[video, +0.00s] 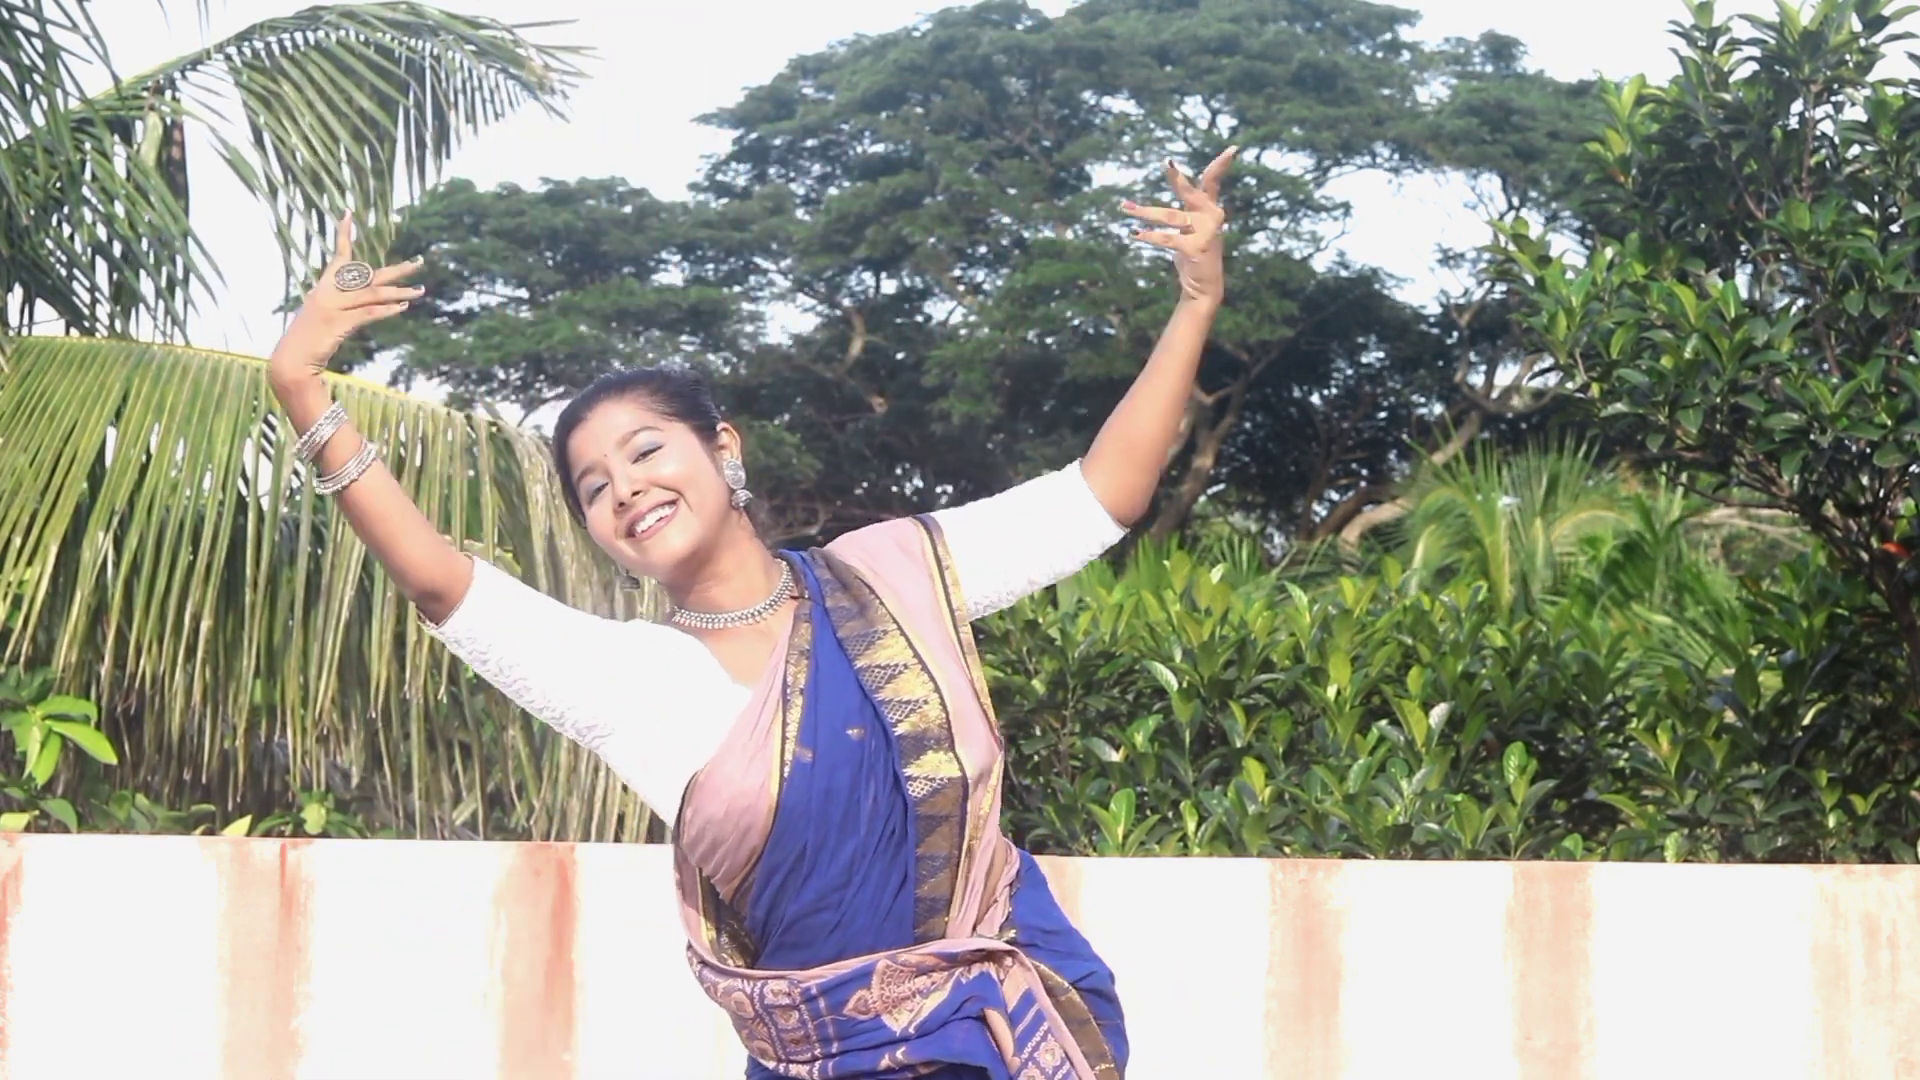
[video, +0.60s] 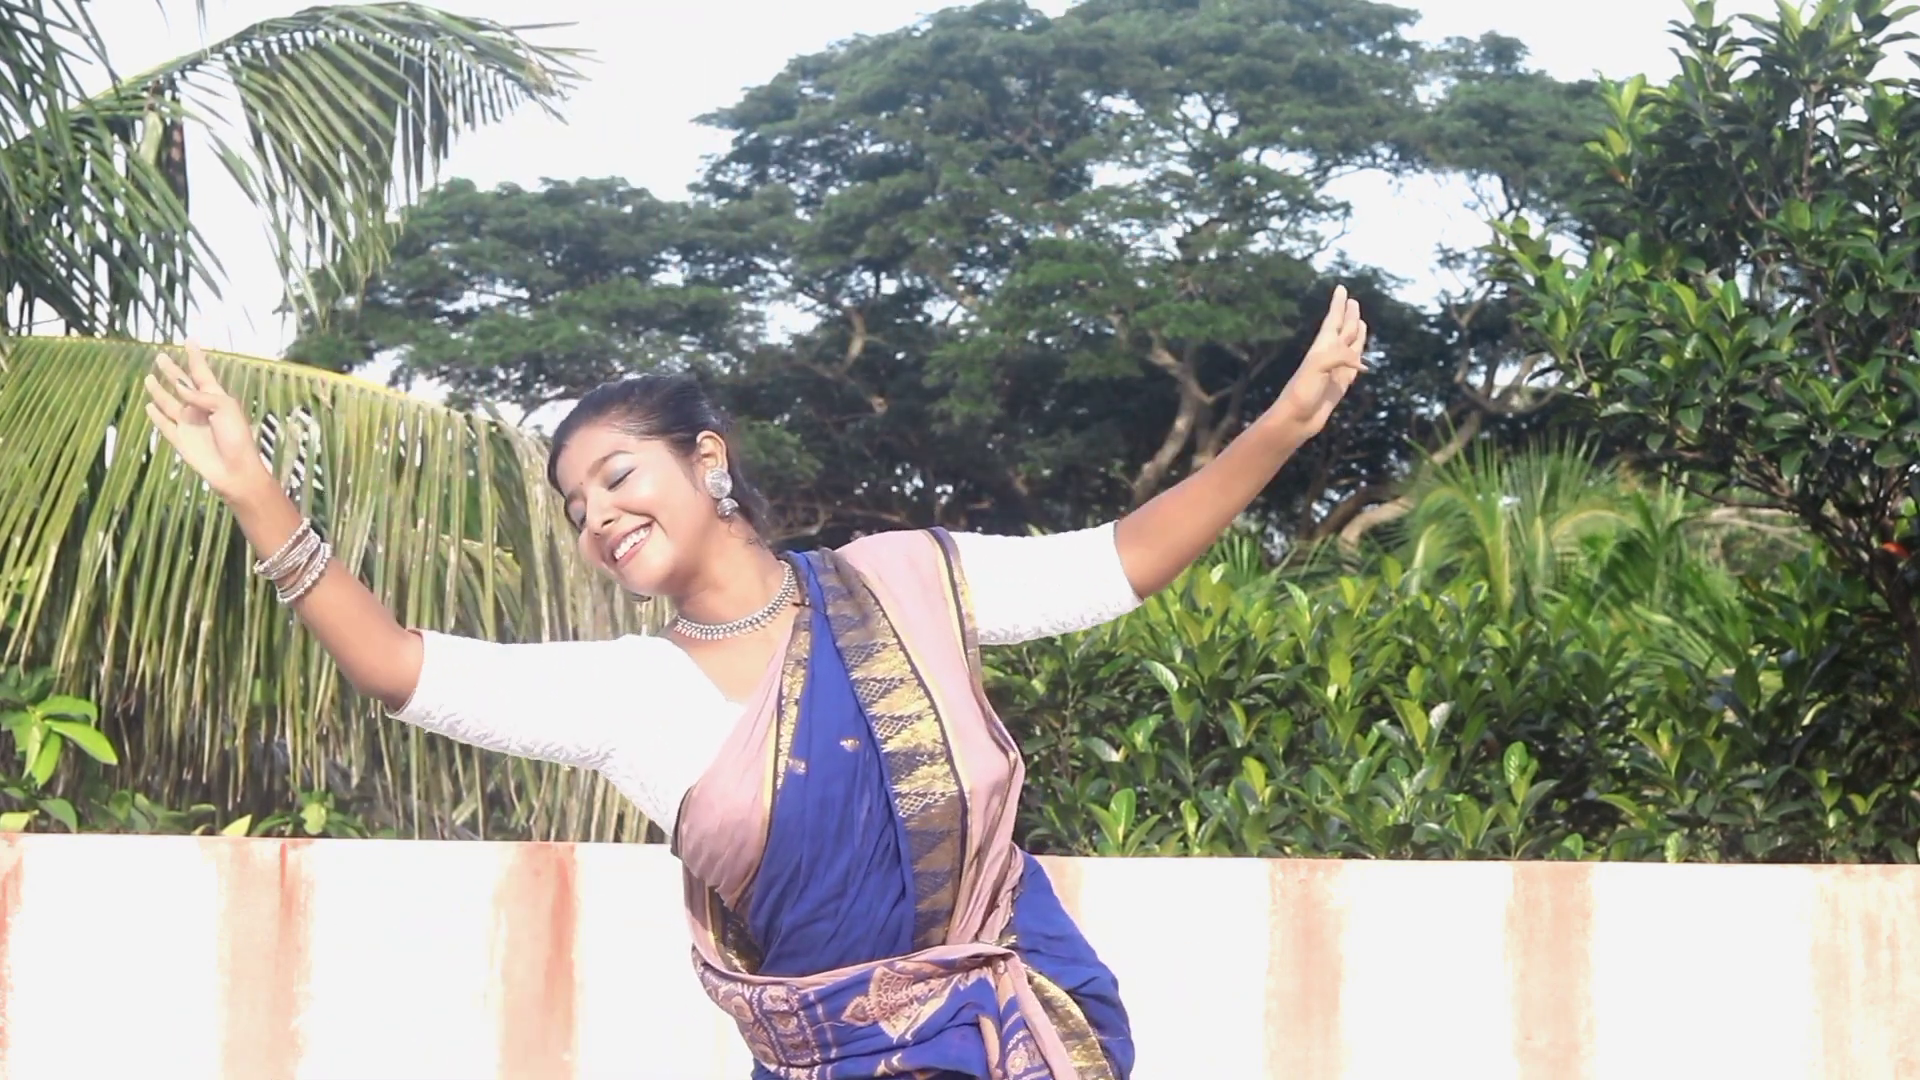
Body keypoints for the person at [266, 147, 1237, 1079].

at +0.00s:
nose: (625, 489)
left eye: (648, 450)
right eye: (595, 489)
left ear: (727, 451)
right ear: (600, 538)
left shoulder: (901, 564)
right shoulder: (635, 681)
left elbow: (1103, 495)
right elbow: (441, 577)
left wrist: (1199, 303)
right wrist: (300, 385)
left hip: (1022, 1015)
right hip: (825, 1053)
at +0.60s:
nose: (606, 515)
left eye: (625, 474)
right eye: (582, 510)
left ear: (715, 460)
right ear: (591, 547)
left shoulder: (903, 574)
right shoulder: (629, 696)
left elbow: (1119, 568)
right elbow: (403, 667)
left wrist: (1285, 427)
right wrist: (260, 499)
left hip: (1028, 1014)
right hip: (825, 1057)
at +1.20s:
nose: (567, 543)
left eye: (589, 501)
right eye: (550, 524)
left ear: (691, 482)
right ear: (559, 550)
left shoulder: (891, 593)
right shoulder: (611, 720)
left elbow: (1105, 642)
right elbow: (380, 787)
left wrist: (1278, 592)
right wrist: (234, 693)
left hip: (1020, 1020)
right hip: (826, 1061)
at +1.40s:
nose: (566, 547)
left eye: (587, 504)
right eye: (548, 531)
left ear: (690, 487)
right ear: (556, 558)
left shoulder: (885, 594)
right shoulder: (606, 724)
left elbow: (1094, 676)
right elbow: (385, 807)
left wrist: (1279, 633)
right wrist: (191, 746)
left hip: (1019, 1011)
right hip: (828, 1057)